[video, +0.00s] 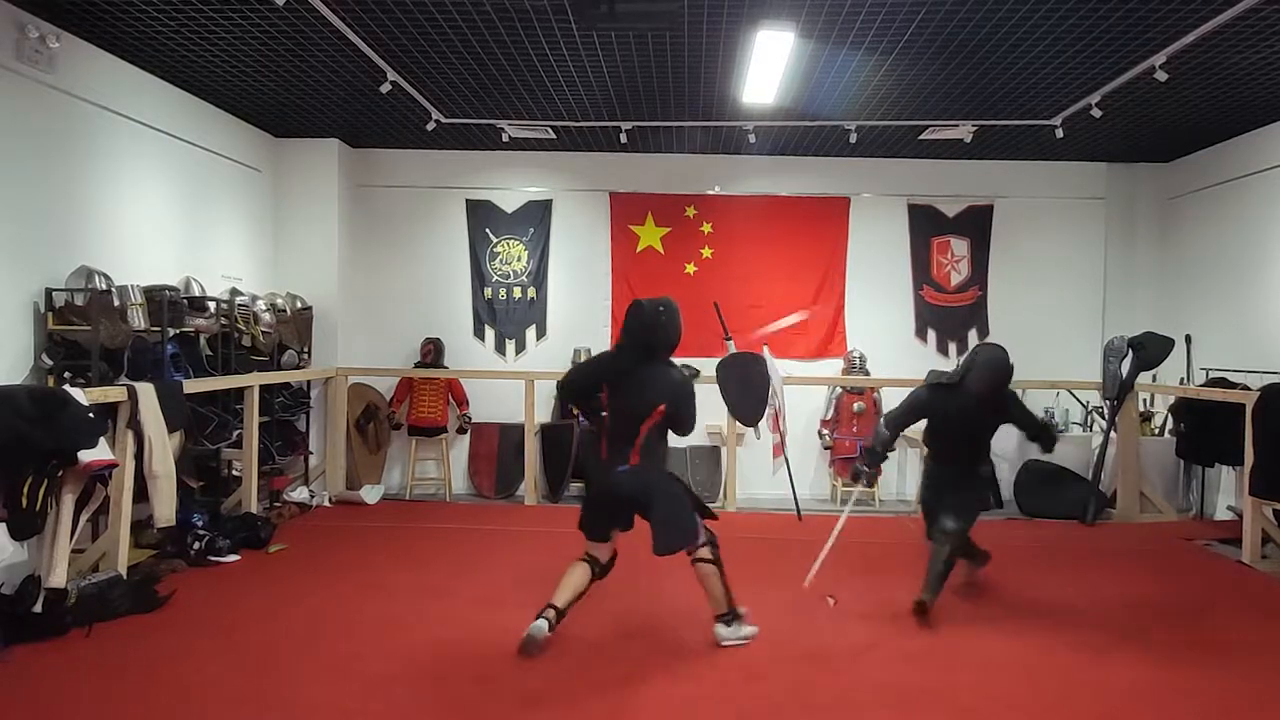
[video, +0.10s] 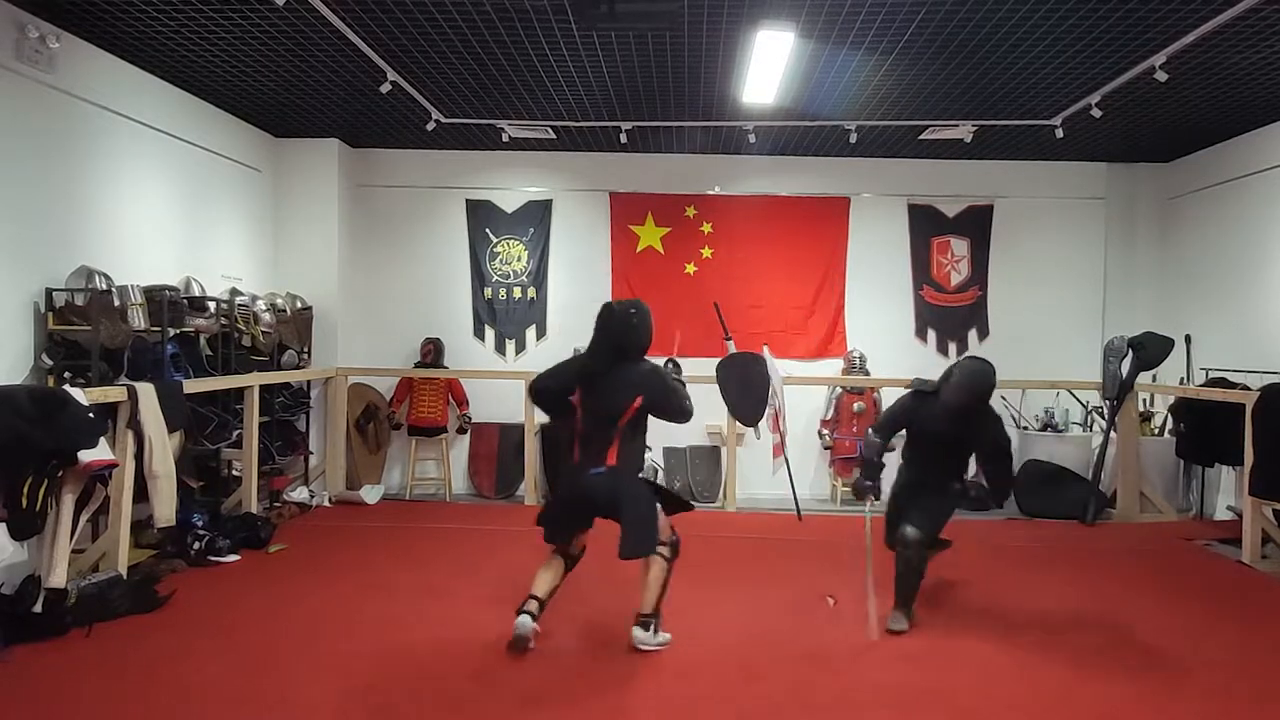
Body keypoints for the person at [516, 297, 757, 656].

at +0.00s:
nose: (679, 334)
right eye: (675, 328)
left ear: (629, 331)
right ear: (672, 336)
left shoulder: (610, 362)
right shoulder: (675, 380)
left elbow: (570, 387)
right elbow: (683, 426)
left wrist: (601, 414)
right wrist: (679, 385)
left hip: (602, 477)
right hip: (649, 477)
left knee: (596, 556)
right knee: (700, 541)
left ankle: (546, 619)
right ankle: (727, 621)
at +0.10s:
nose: (649, 334)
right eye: (647, 328)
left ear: (603, 331)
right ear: (642, 336)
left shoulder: (583, 365)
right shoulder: (645, 376)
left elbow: (540, 389)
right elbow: (682, 411)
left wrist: (573, 419)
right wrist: (673, 377)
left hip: (575, 480)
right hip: (620, 482)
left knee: (567, 548)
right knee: (665, 540)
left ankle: (529, 611)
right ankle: (646, 624)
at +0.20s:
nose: (608, 337)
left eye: (602, 330)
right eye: (603, 332)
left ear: (561, 343)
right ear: (598, 342)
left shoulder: (548, 381)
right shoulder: (613, 377)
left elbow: (504, 412)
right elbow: (666, 402)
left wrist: (538, 451)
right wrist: (707, 384)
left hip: (550, 493)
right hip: (598, 494)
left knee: (514, 552)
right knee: (641, 544)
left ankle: (465, 613)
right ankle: (644, 629)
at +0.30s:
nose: (559, 359)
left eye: (550, 356)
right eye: (556, 355)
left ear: (516, 361)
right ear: (552, 359)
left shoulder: (499, 400)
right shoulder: (569, 386)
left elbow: (458, 432)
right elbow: (630, 399)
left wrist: (493, 462)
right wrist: (685, 402)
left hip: (501, 502)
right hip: (555, 503)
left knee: (471, 562)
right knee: (611, 552)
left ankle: (408, 625)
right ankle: (640, 633)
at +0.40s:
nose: (520, 368)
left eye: (517, 364)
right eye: (517, 363)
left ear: (474, 364)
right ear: (510, 363)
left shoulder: (456, 395)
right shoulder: (521, 387)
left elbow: (409, 430)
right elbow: (567, 419)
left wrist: (441, 462)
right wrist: (619, 430)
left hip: (456, 502)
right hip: (504, 499)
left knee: (439, 563)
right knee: (559, 560)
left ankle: (398, 641)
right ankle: (615, 632)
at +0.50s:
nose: (489, 368)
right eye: (486, 362)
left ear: (441, 360)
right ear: (478, 361)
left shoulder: (421, 392)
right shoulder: (483, 388)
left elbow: (376, 428)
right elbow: (519, 437)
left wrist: (406, 460)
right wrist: (563, 479)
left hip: (419, 499)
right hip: (466, 498)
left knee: (431, 559)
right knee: (526, 557)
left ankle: (393, 641)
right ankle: (528, 647)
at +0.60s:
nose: (466, 355)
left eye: (465, 349)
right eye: (464, 348)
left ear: (417, 346)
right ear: (455, 348)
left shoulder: (394, 383)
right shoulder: (457, 381)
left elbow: (345, 414)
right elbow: (475, 435)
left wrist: (377, 447)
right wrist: (518, 484)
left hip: (391, 495)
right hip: (436, 495)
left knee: (421, 556)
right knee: (471, 574)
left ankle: (394, 640)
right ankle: (418, 643)